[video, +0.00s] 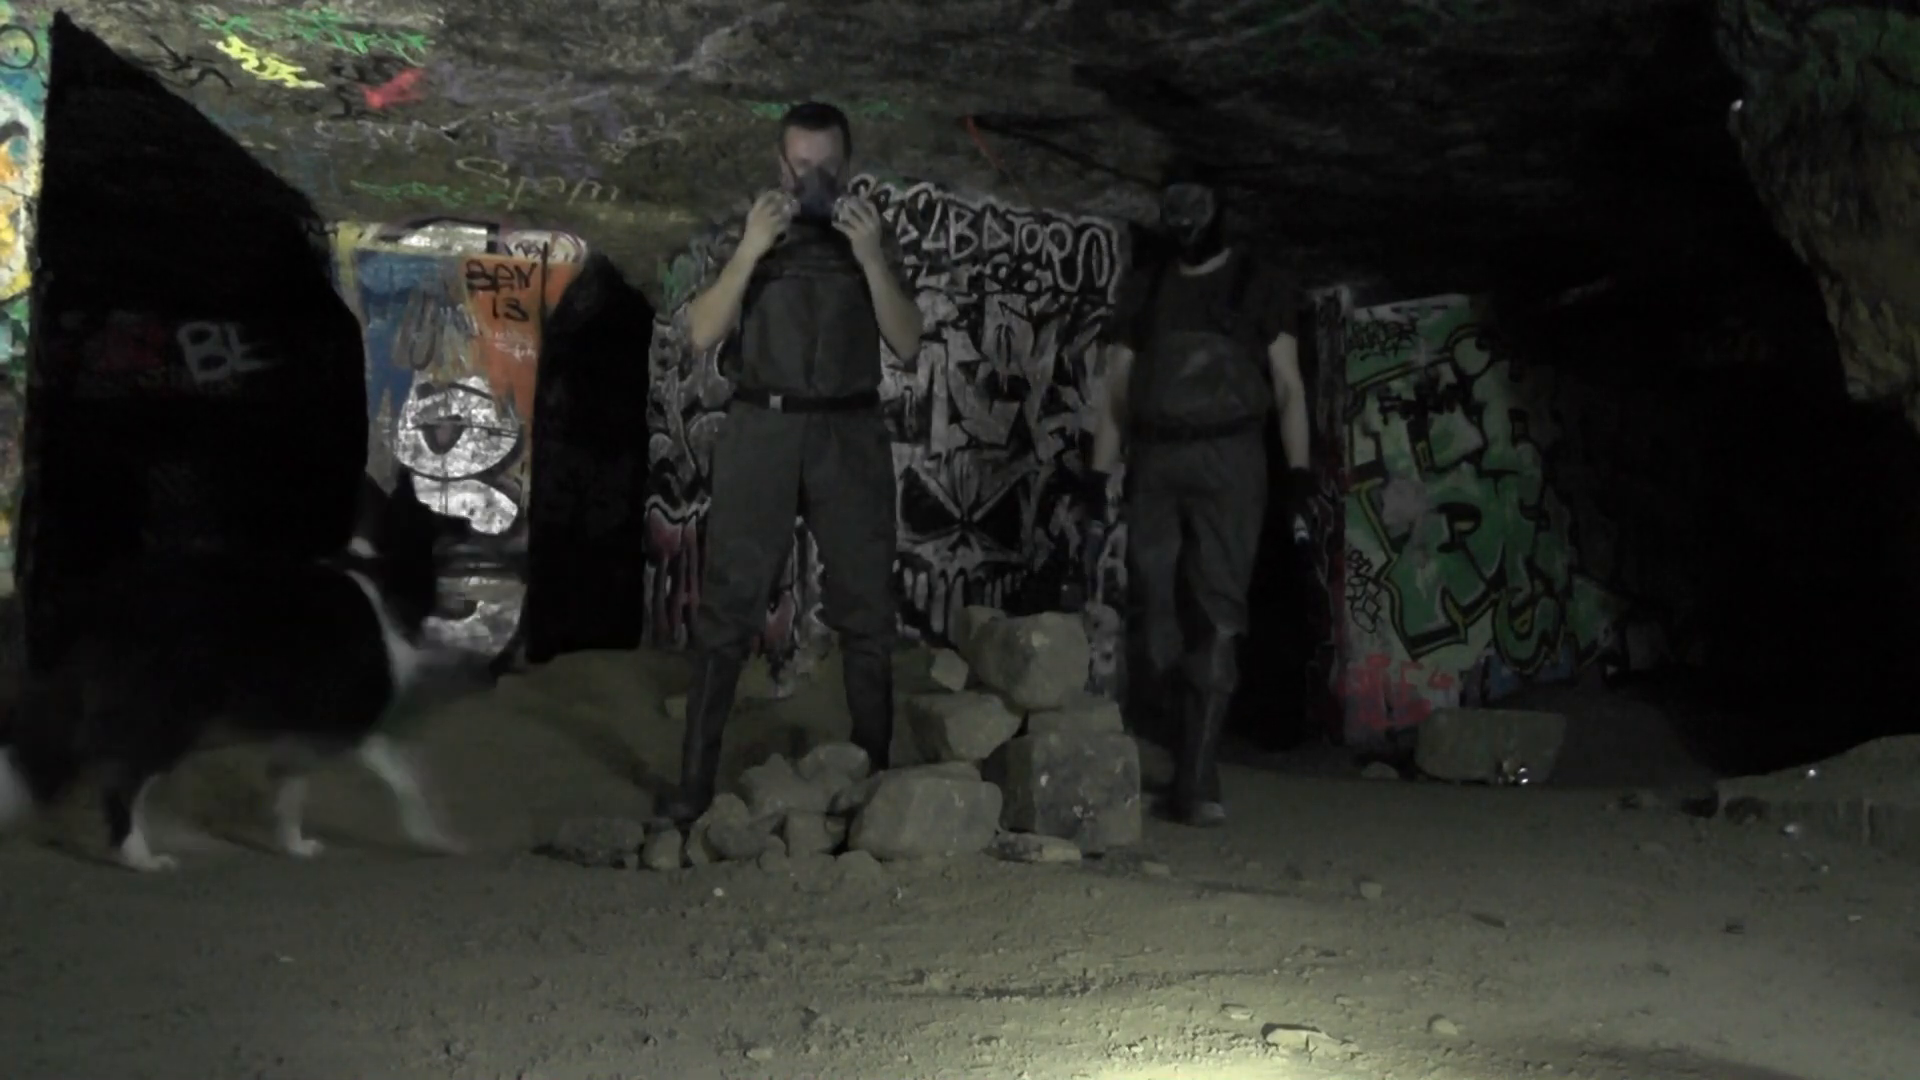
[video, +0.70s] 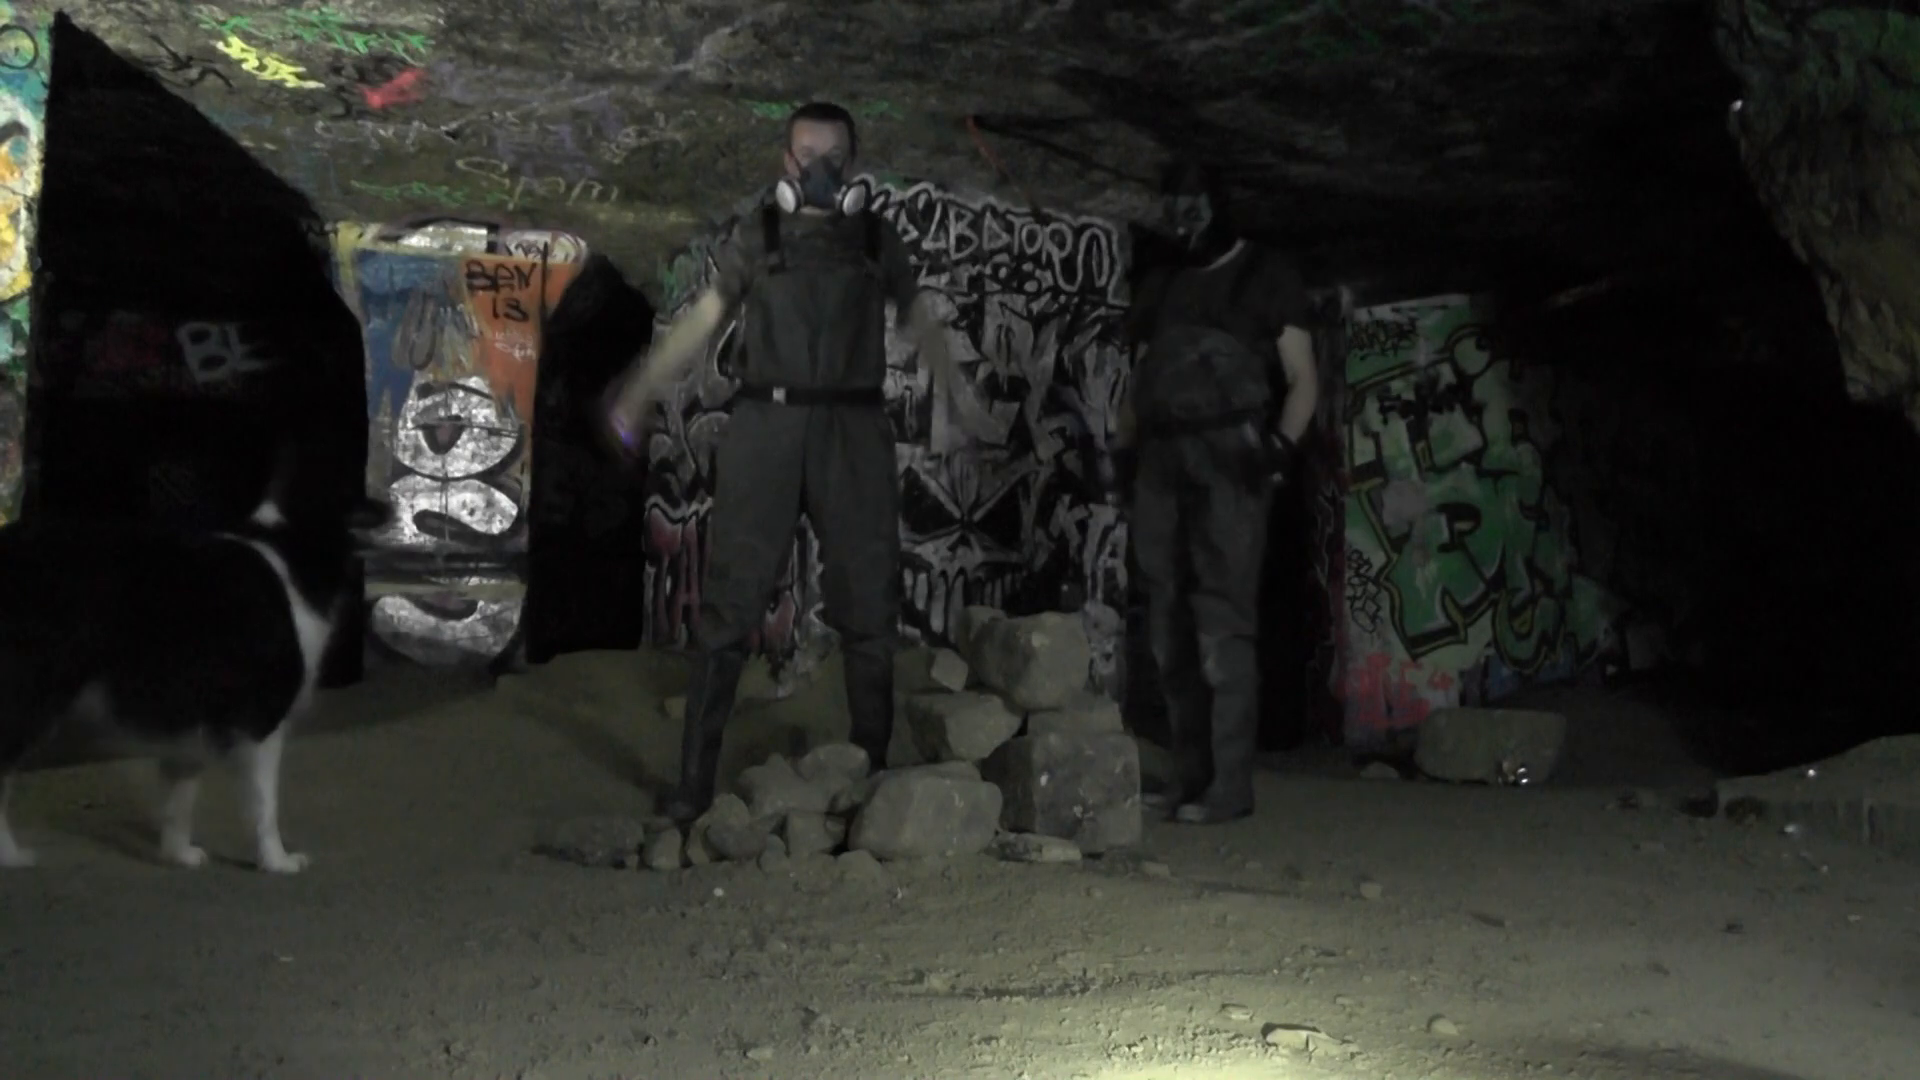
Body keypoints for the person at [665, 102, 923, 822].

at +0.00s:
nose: (809, 181)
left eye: (823, 169)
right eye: (799, 168)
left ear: (847, 166)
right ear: (780, 162)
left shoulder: (869, 238)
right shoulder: (748, 236)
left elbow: (906, 342)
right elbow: (701, 333)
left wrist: (870, 251)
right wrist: (752, 247)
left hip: (850, 444)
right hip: (760, 443)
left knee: (865, 618)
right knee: (730, 612)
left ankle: (873, 783)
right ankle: (694, 786)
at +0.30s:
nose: (815, 183)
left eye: (829, 170)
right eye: (804, 167)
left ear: (851, 168)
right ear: (784, 160)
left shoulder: (875, 239)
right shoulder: (744, 235)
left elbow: (916, 350)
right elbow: (699, 341)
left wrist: (881, 275)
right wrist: (744, 290)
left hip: (854, 441)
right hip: (763, 439)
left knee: (868, 613)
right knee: (732, 608)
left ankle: (874, 780)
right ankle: (695, 788)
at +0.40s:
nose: (815, 180)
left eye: (828, 169)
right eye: (804, 166)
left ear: (849, 167)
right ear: (785, 160)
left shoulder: (876, 240)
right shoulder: (750, 236)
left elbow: (918, 341)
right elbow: (709, 335)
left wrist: (930, 429)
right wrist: (694, 431)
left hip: (854, 442)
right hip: (762, 440)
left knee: (869, 613)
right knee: (731, 607)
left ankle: (873, 777)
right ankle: (694, 785)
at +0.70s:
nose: (820, 173)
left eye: (834, 161)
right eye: (808, 158)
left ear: (854, 164)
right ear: (785, 156)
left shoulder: (877, 236)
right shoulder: (754, 229)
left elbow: (925, 326)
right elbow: (701, 321)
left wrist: (959, 404)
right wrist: (639, 393)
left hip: (855, 441)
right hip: (764, 439)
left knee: (867, 612)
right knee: (733, 608)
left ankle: (873, 776)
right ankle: (694, 785)